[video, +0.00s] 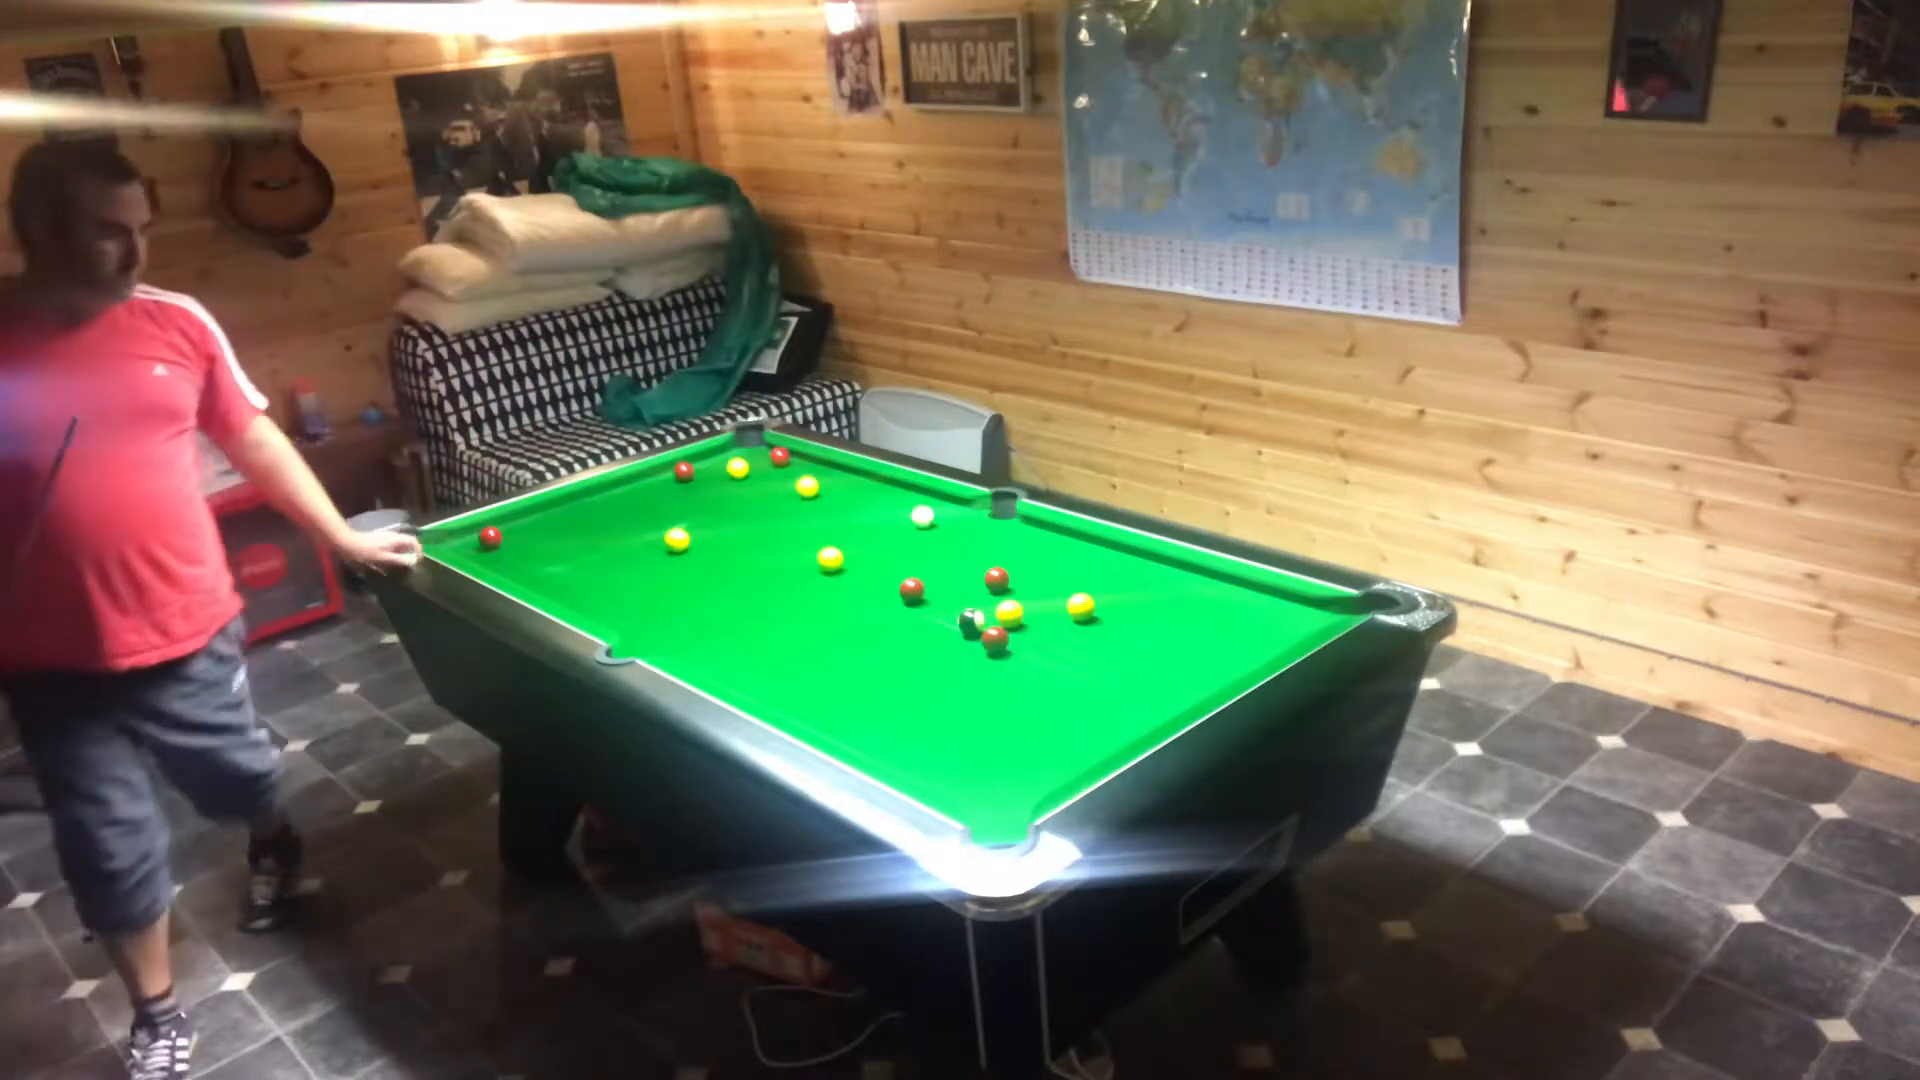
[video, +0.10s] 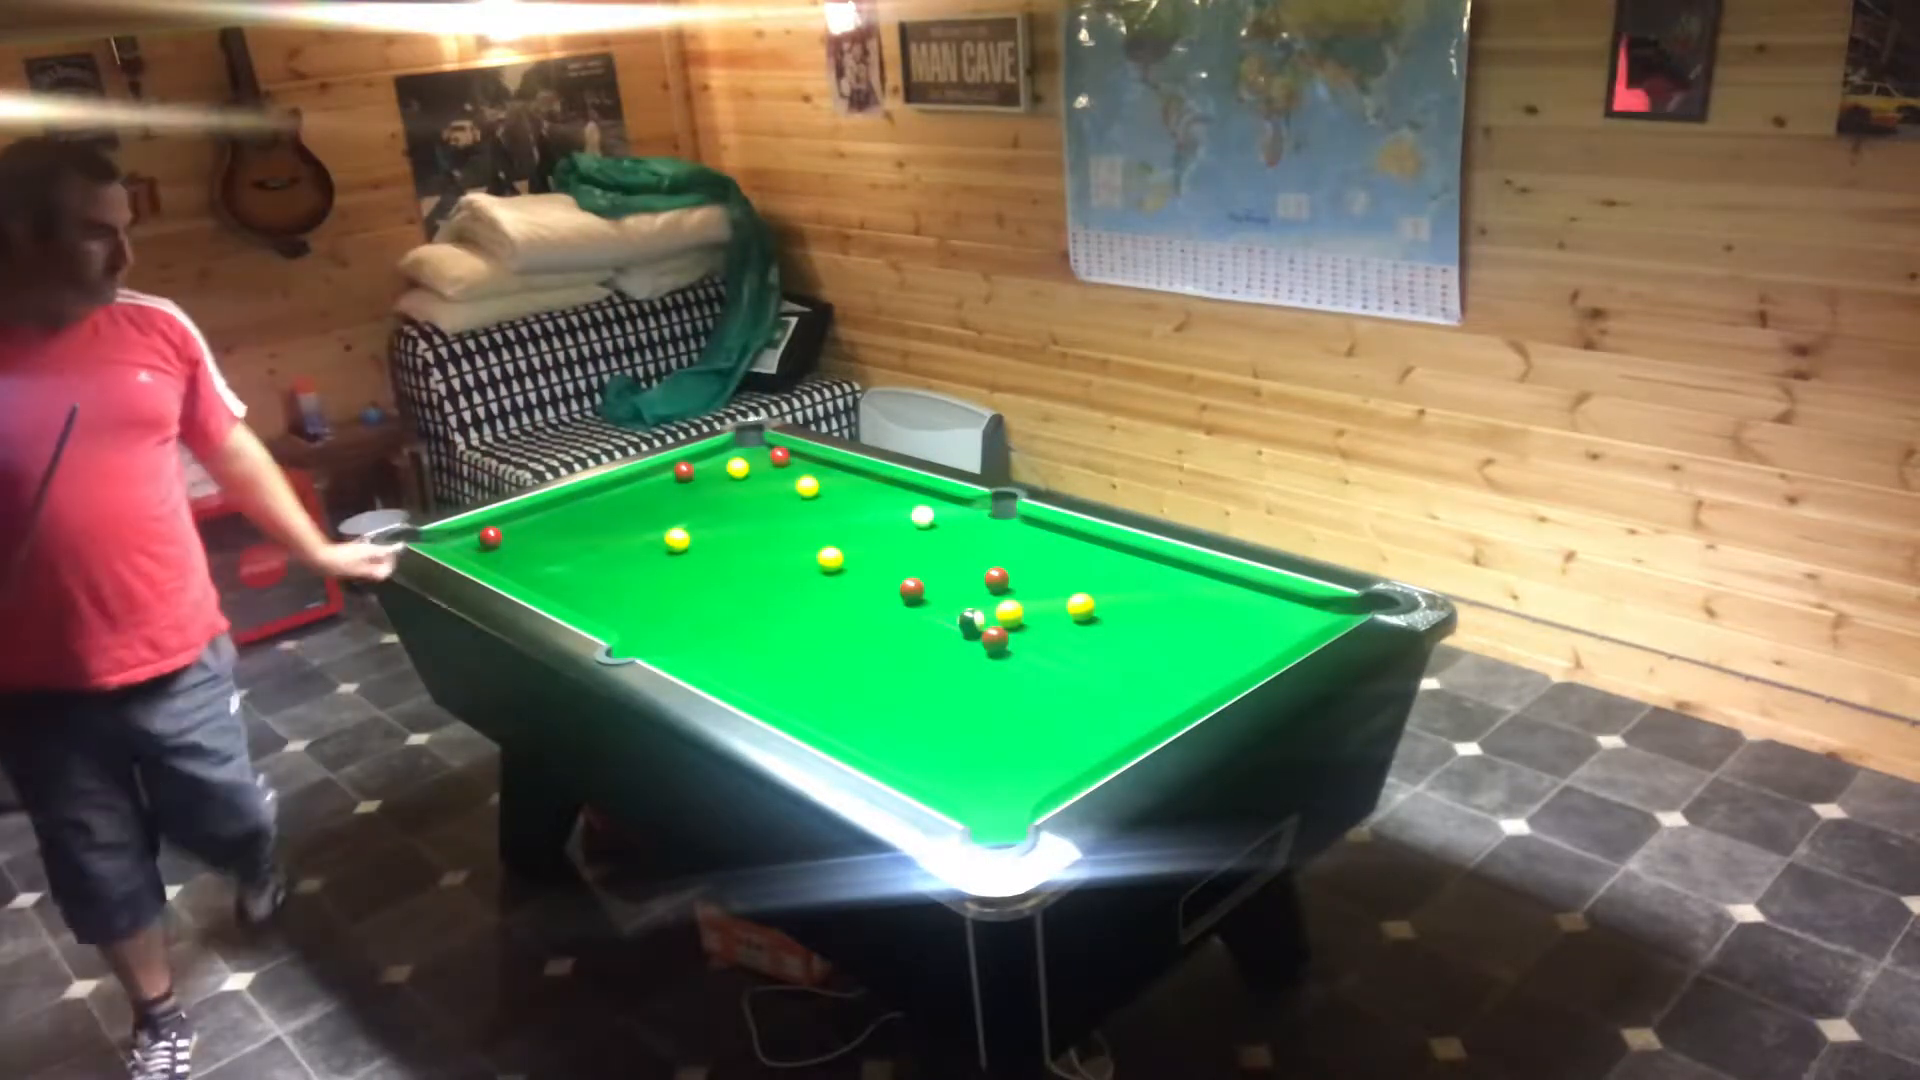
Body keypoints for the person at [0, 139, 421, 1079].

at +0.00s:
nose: (131, 252)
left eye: (140, 232)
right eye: (107, 233)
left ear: (149, 225)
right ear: (37, 232)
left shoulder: (179, 328)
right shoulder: (5, 339)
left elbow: (255, 437)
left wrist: (339, 532)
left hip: (184, 635)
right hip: (49, 655)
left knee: (237, 772)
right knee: (111, 856)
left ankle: (273, 839)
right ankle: (157, 1019)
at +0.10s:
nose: (120, 251)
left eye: (126, 232)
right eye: (96, 233)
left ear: (130, 230)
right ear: (27, 235)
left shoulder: (159, 334)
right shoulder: (2, 351)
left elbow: (234, 451)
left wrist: (319, 549)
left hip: (171, 652)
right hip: (37, 674)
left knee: (226, 819)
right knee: (100, 871)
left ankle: (255, 857)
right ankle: (158, 1020)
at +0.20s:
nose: (121, 254)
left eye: (122, 233)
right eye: (97, 237)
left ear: (120, 231)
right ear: (23, 244)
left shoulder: (144, 338)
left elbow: (208, 464)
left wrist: (281, 572)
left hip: (177, 673)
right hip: (40, 706)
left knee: (216, 849)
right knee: (104, 893)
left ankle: (242, 915)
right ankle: (159, 1018)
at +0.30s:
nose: (125, 261)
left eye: (124, 239)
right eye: (100, 244)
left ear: (120, 236)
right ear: (28, 253)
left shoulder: (138, 347)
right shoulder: (5, 376)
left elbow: (193, 479)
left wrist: (241, 600)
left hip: (177, 683)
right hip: (40, 717)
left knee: (218, 872)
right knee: (104, 902)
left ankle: (257, 1026)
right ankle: (160, 1018)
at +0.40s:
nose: (136, 273)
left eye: (135, 252)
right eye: (113, 253)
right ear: (37, 265)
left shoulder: (141, 361)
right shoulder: (3, 391)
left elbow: (188, 494)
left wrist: (224, 622)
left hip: (184, 704)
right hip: (43, 738)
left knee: (229, 926)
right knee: (111, 918)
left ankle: (275, 1072)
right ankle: (164, 1019)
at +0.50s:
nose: (155, 290)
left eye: (153, 266)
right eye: (135, 267)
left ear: (72, 278)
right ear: (56, 278)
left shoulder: (154, 380)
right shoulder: (5, 405)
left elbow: (199, 520)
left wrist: (233, 649)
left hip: (197, 737)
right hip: (54, 772)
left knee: (234, 968)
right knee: (114, 938)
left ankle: (274, 1073)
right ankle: (161, 1017)